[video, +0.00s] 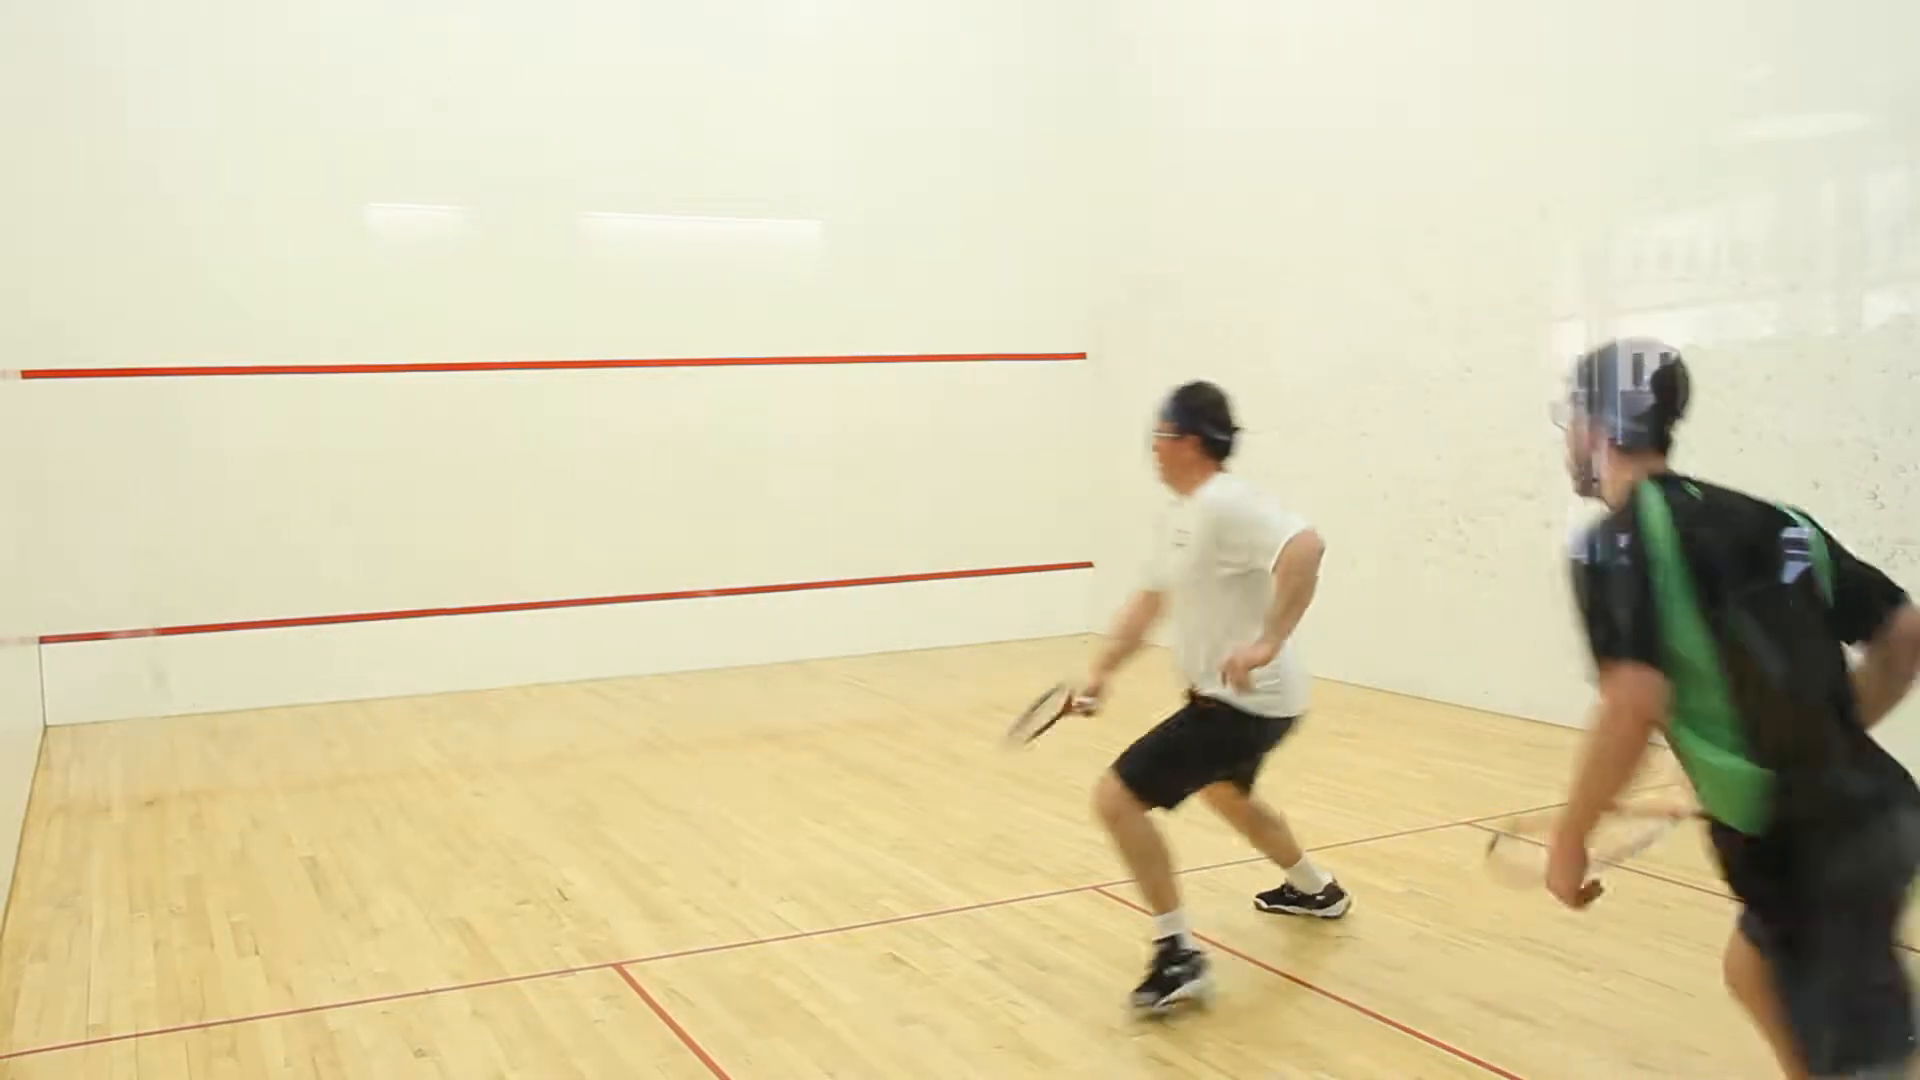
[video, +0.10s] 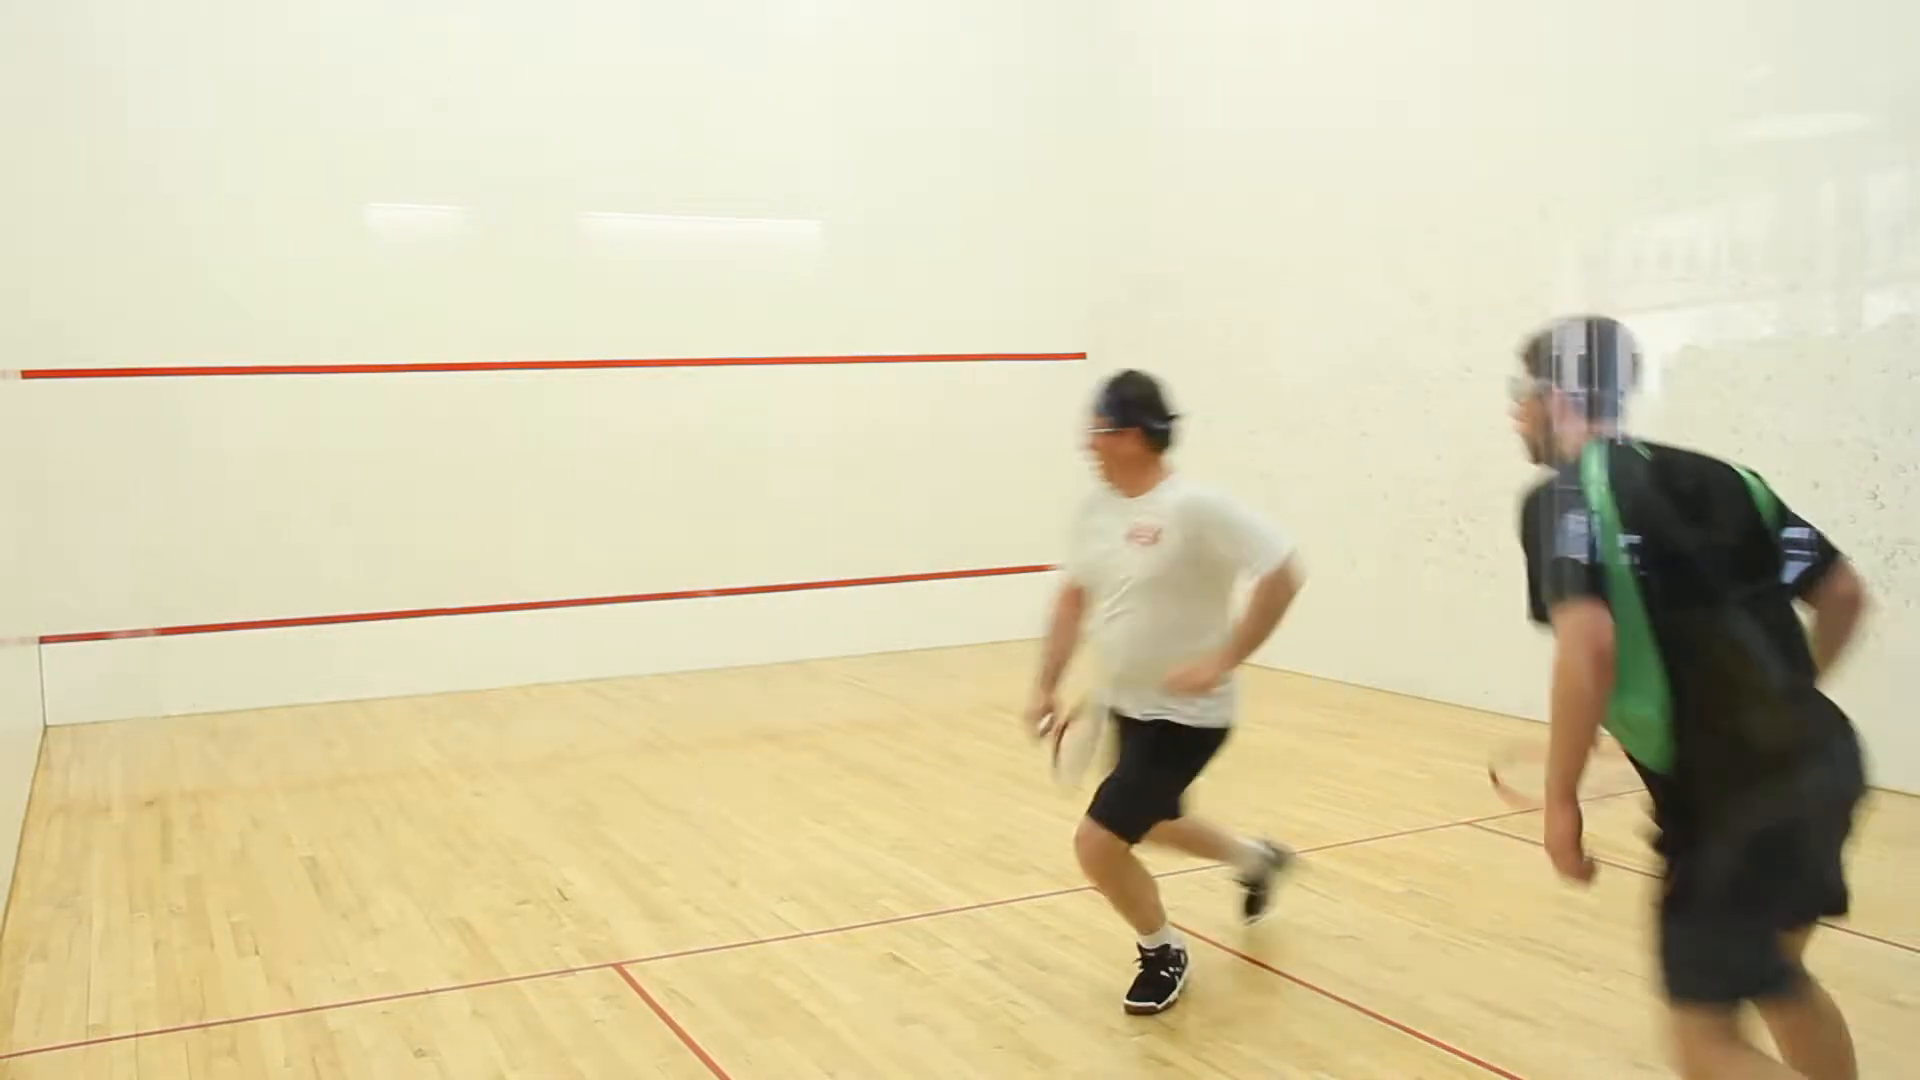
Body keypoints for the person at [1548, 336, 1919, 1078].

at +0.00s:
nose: (1569, 439)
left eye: (1574, 419)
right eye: (1571, 420)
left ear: (1597, 428)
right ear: (1660, 423)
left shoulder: (1617, 534)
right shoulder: (1771, 519)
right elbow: (1902, 633)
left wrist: (1571, 832)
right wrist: (1828, 727)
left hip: (1808, 844)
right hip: (1879, 808)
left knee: (1858, 1056)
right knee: (1754, 970)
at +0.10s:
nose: (1517, 412)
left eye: (1525, 392)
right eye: (1519, 393)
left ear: (1564, 399)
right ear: (1610, 394)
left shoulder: (1565, 498)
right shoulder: (1717, 476)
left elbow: (1587, 644)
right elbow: (1842, 593)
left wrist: (1561, 795)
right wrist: (1779, 691)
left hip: (1724, 793)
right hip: (1821, 761)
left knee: (1701, 1032)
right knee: (1776, 970)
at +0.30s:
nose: (1404, 387)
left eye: (1415, 370)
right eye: (1407, 368)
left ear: (1463, 377)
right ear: (1490, 378)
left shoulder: (1469, 449)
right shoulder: (1592, 443)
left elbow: (1520, 556)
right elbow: (1692, 551)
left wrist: (1509, 704)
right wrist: (1617, 634)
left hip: (1569, 722)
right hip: (1674, 709)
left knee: (1499, 898)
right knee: (1696, 926)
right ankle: (1796, 1070)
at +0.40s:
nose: (1351, 402)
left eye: (1363, 386)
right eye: (1354, 385)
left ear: (1412, 395)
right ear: (1428, 398)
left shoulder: (1412, 469)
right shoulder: (1528, 459)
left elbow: (1467, 563)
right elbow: (1618, 564)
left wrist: (1454, 707)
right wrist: (1548, 647)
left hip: (1496, 734)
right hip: (1592, 723)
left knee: (1422, 885)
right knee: (1642, 920)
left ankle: (1385, 1035)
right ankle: (1771, 1068)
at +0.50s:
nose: (1291, 421)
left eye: (1304, 405)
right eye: (1295, 403)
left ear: (1352, 415)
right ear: (1369, 416)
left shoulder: (1345, 498)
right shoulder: (1466, 476)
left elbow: (1385, 602)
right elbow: (1544, 579)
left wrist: (1369, 741)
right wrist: (1469, 645)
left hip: (1428, 738)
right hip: (1516, 727)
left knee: (1352, 851)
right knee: (1549, 913)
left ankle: (1368, 1029)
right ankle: (1715, 1037)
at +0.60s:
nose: (1252, 401)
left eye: (1264, 388)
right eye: (1256, 386)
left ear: (1310, 399)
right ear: (1323, 400)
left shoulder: (1303, 485)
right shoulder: (1421, 461)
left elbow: (1322, 604)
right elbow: (1489, 563)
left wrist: (1277, 716)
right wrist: (1415, 619)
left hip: (1390, 711)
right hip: (1474, 701)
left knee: (1322, 843)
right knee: (1460, 864)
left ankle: (1365, 1025)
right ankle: (1613, 989)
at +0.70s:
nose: (1225, 373)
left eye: (1237, 360)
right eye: (1229, 359)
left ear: (1278, 371)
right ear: (1296, 372)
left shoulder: (1275, 451)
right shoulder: (1392, 434)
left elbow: (1295, 564)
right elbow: (1454, 538)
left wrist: (1238, 664)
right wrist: (1384, 586)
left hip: (1351, 682)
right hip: (1439, 670)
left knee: (1271, 803)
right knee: (1420, 814)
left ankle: (1322, 978)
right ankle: (1521, 973)